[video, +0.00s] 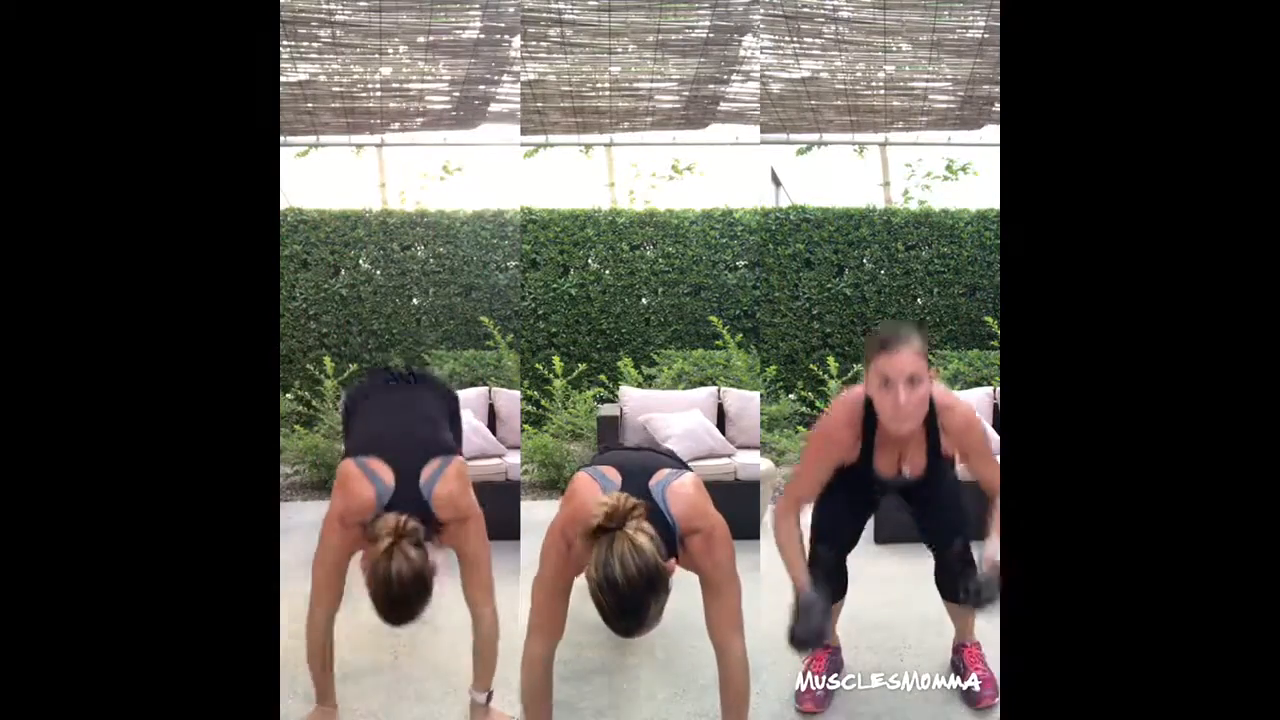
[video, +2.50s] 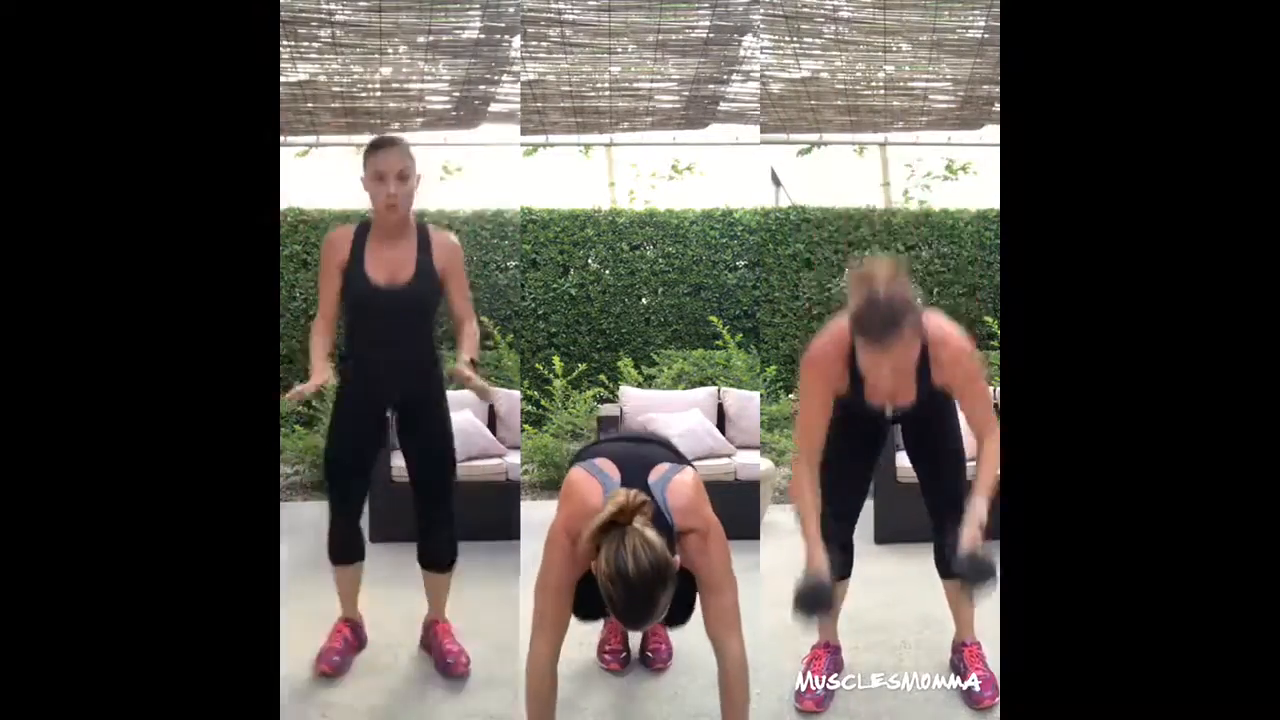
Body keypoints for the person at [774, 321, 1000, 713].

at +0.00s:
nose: (901, 399)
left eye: (913, 382)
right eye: (886, 384)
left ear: (930, 379)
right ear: (867, 384)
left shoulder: (955, 416)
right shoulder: (844, 416)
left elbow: (997, 490)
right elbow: (786, 510)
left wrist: (994, 554)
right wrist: (803, 591)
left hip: (928, 475)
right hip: (857, 474)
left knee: (955, 556)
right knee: (825, 559)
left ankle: (967, 647)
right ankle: (826, 651)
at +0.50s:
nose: (892, 290)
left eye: (904, 281)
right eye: (879, 282)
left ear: (920, 294)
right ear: (863, 296)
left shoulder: (947, 357)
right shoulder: (840, 357)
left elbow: (983, 449)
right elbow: (803, 452)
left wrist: (976, 379)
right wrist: (808, 376)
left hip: (934, 483)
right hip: (861, 483)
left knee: (967, 571)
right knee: (818, 576)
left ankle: (967, 650)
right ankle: (827, 652)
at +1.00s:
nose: (894, 153)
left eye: (903, 145)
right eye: (883, 145)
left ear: (917, 157)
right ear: (864, 157)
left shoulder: (938, 214)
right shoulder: (841, 213)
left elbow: (982, 126)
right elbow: (793, 124)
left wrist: (954, 47)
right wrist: (814, 45)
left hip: (932, 388)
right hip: (860, 389)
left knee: (953, 531)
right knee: (840, 531)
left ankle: (968, 648)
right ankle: (826, 649)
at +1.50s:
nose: (899, 154)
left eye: (907, 146)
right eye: (887, 146)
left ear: (921, 157)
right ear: (869, 158)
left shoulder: (941, 213)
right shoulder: (844, 213)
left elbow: (987, 129)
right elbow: (794, 129)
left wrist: (953, 62)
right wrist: (819, 57)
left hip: (932, 391)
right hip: (857, 392)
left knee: (952, 532)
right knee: (839, 533)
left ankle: (968, 648)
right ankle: (826, 649)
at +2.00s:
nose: (885, 172)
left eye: (896, 161)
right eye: (873, 162)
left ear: (912, 162)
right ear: (858, 166)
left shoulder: (938, 226)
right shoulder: (839, 233)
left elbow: (971, 308)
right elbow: (821, 322)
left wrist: (962, 240)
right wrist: (817, 254)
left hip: (934, 393)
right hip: (861, 395)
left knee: (955, 530)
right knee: (842, 533)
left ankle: (968, 646)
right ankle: (826, 648)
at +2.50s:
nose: (885, 372)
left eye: (896, 360)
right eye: (874, 362)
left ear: (916, 336)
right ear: (856, 340)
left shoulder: (948, 344)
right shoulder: (825, 352)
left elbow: (990, 434)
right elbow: (804, 460)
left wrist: (975, 517)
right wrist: (813, 553)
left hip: (928, 407)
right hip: (855, 412)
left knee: (953, 525)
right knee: (832, 528)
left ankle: (966, 645)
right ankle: (826, 648)